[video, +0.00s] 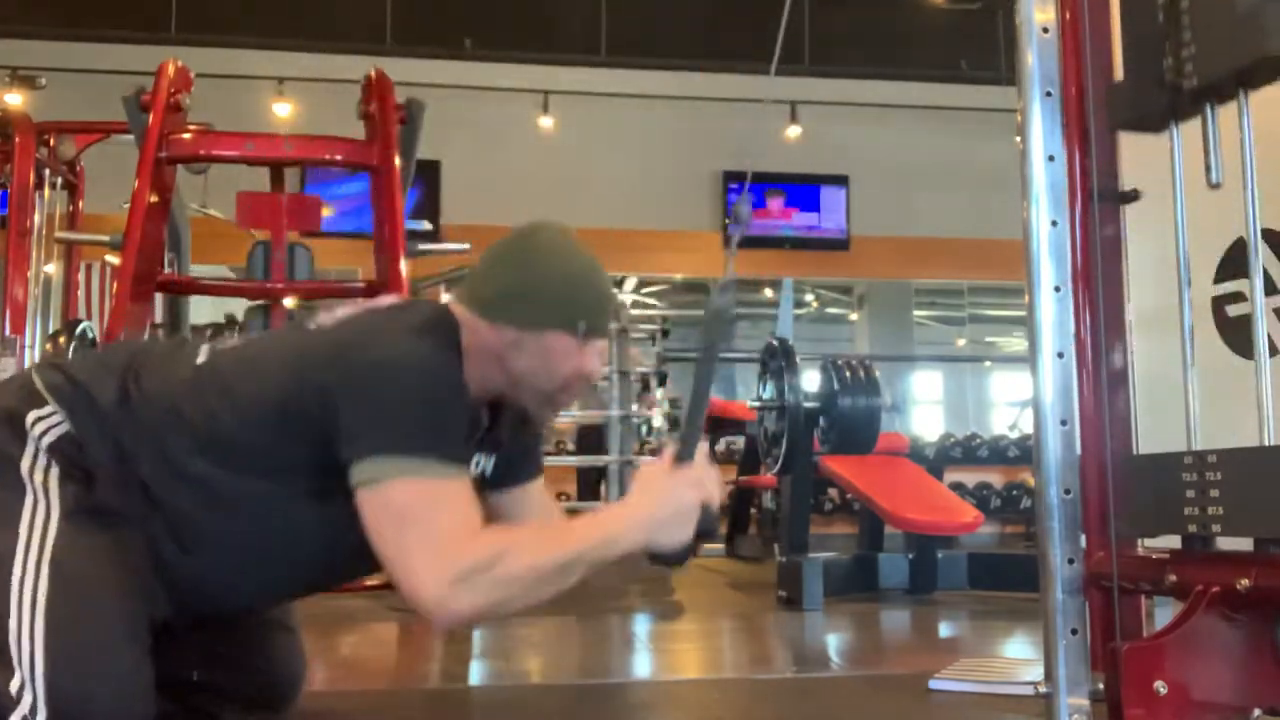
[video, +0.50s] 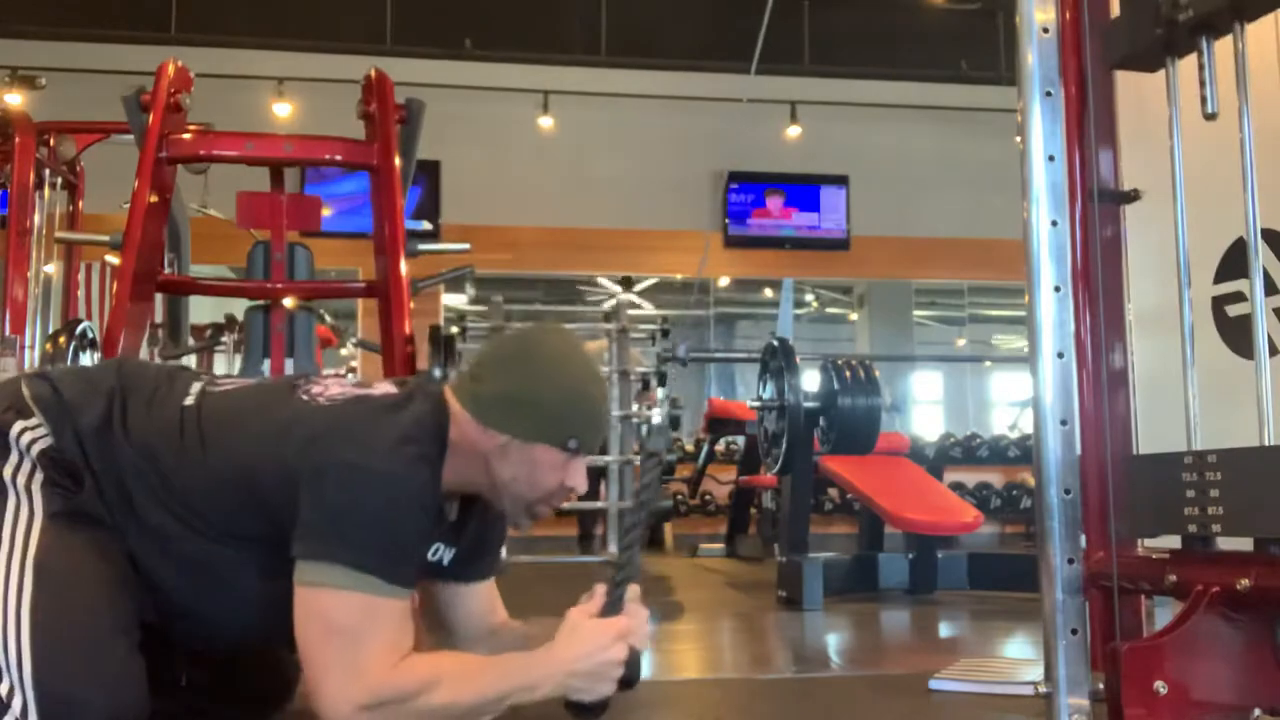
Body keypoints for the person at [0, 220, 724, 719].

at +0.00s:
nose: (596, 364)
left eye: (599, 343)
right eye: (586, 338)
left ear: (519, 329)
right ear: (521, 325)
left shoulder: (502, 408)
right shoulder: (402, 363)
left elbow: (529, 558)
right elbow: (448, 586)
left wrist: (641, 526)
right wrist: (634, 520)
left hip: (182, 505)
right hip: (75, 444)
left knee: (260, 674)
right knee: (82, 701)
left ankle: (77, 661)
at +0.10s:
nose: (590, 416)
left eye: (594, 391)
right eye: (580, 387)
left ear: (524, 378)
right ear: (513, 373)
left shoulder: (483, 434)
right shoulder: (386, 409)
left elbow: (511, 588)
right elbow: (408, 639)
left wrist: (609, 588)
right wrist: (598, 587)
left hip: (175, 499)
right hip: (62, 453)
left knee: (261, 677)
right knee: (79, 699)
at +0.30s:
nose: (578, 475)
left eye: (584, 451)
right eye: (568, 447)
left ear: (501, 435)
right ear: (497, 429)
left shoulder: (468, 477)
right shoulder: (368, 463)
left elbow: (474, 627)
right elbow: (348, 688)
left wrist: (563, 650)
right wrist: (542, 655)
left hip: (178, 492)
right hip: (62, 455)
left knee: (251, 690)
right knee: (80, 704)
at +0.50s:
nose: (582, 481)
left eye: (588, 458)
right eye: (572, 454)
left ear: (508, 441)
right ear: (503, 433)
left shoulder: (469, 486)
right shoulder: (374, 467)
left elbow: (480, 638)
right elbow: (352, 691)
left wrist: (572, 647)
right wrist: (550, 668)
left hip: (175, 494)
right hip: (60, 450)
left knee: (249, 688)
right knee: (79, 701)